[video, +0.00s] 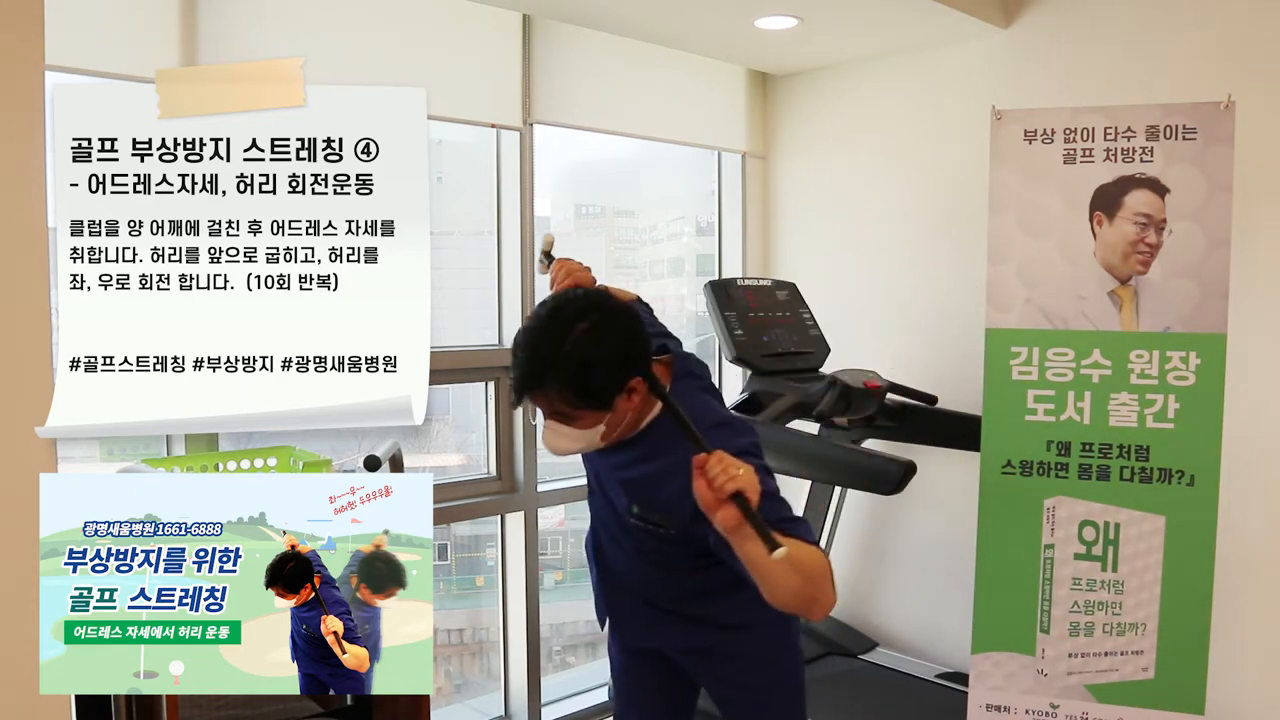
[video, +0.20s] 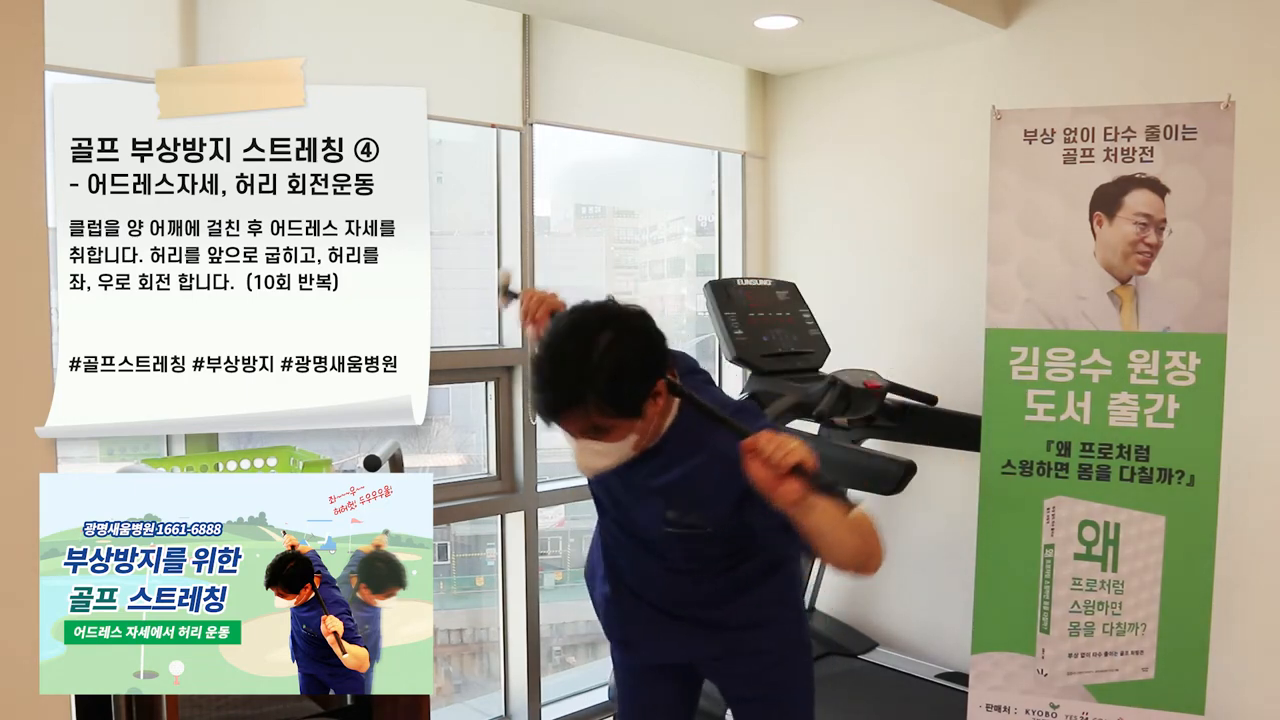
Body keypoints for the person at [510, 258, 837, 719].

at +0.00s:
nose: (567, 434)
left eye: (580, 422)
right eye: (555, 418)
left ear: (634, 393)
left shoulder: (716, 446)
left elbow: (817, 600)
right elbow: (632, 306)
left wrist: (740, 529)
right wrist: (591, 288)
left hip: (742, 641)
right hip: (642, 629)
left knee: (767, 712)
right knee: (640, 714)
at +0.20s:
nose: (581, 446)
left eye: (596, 433)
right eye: (572, 431)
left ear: (656, 400)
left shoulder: (741, 445)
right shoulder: (620, 385)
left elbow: (866, 556)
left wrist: (799, 501)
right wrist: (558, 333)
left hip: (756, 636)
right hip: (645, 629)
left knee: (778, 711)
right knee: (642, 711)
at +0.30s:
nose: (612, 460)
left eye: (629, 444)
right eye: (597, 443)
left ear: (678, 407)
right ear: (585, 412)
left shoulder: (754, 438)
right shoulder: (605, 393)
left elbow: (889, 524)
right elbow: (567, 380)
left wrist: (832, 479)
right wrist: (541, 358)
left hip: (762, 634)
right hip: (647, 627)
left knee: (783, 713)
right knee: (647, 712)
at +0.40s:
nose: (668, 474)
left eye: (682, 455)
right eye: (648, 460)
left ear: (706, 419)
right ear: (621, 419)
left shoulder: (780, 422)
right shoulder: (594, 405)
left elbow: (904, 473)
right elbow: (523, 410)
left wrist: (877, 434)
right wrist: (516, 396)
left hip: (772, 629)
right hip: (654, 632)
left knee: (791, 712)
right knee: (652, 712)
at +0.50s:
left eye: (733, 441)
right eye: (690, 456)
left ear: (750, 409)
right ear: (658, 428)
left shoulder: (801, 409)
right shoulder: (608, 420)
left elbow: (907, 435)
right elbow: (510, 450)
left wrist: (889, 405)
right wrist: (521, 422)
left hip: (780, 624)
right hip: (664, 631)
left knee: (794, 711)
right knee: (659, 711)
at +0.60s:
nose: (775, 464)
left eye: (786, 447)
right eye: (755, 454)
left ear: (800, 397)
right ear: (706, 429)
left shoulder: (821, 387)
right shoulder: (642, 431)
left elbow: (890, 385)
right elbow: (518, 497)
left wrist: (890, 358)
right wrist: (551, 470)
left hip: (788, 624)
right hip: (673, 631)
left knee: (795, 717)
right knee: (669, 718)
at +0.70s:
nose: (808, 456)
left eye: (818, 443)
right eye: (797, 446)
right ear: (739, 423)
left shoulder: (808, 389)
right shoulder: (664, 436)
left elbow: (865, 375)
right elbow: (536, 526)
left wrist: (878, 344)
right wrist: (587, 501)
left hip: (792, 619)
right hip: (682, 629)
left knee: (798, 713)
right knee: (677, 712)